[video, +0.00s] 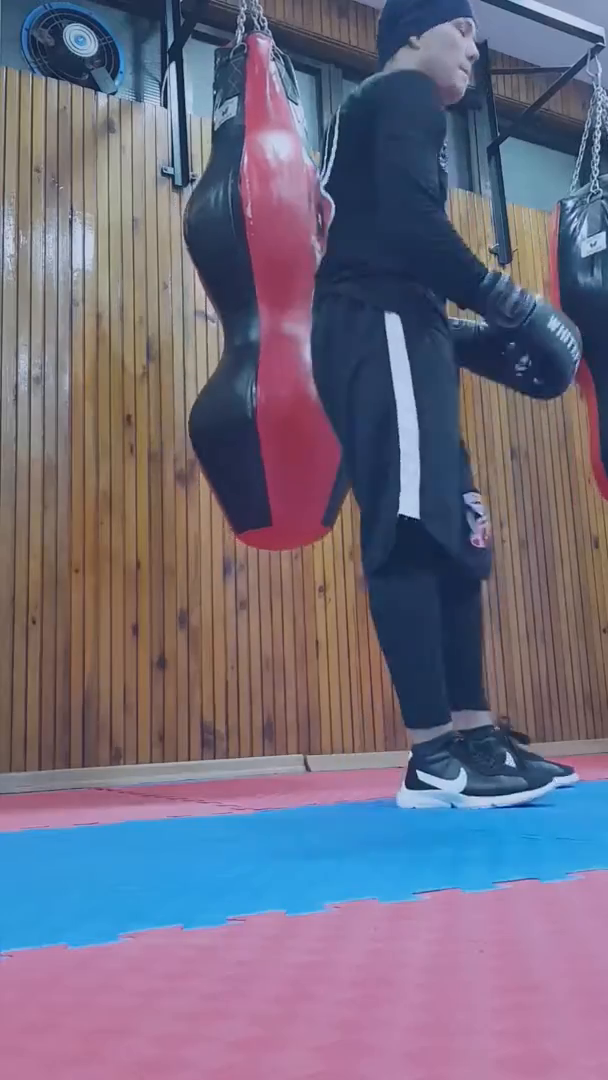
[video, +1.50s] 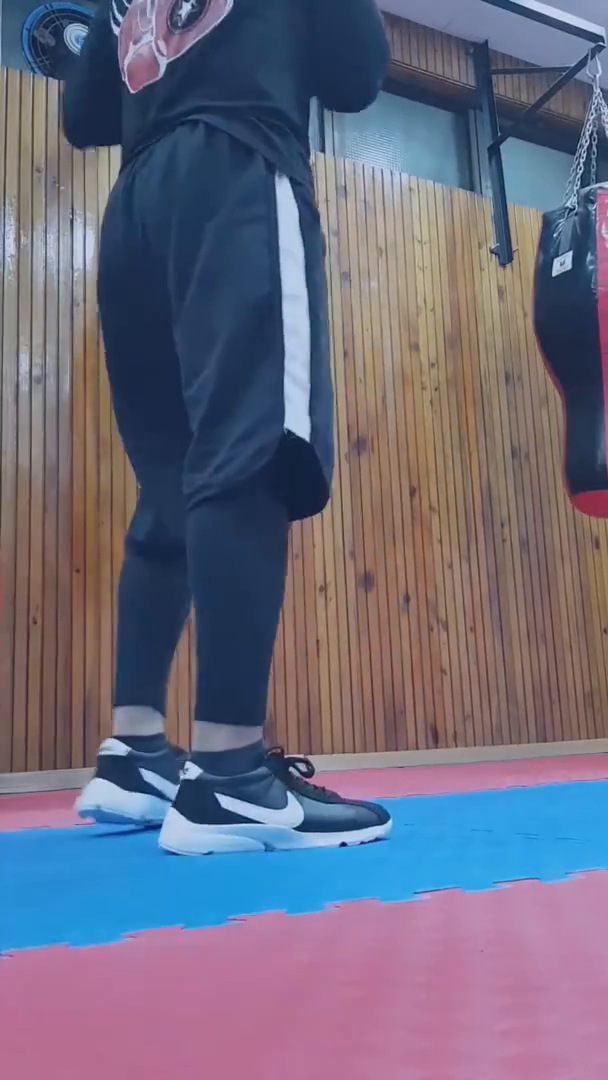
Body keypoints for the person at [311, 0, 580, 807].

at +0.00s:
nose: (473, 50)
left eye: (473, 39)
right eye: (462, 33)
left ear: (422, 41)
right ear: (415, 33)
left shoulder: (394, 109)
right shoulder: (403, 93)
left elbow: (389, 270)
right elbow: (411, 224)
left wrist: (471, 344)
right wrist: (509, 303)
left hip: (405, 327)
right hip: (379, 321)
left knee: (454, 533)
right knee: (407, 529)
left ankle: (474, 736)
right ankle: (434, 752)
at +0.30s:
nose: (407, 39)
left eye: (404, 33)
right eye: (405, 28)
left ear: (329, 23)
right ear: (388, 20)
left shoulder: (297, 84)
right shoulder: (374, 61)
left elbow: (217, 216)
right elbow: (422, 194)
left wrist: (256, 327)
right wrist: (476, 169)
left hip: (301, 319)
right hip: (360, 315)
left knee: (331, 529)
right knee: (383, 531)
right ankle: (437, 752)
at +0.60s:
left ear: (210, 45)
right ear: (267, 23)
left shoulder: (175, 123)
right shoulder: (304, 53)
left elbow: (203, 235)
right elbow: (366, 185)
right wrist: (292, 161)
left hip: (204, 313)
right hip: (287, 296)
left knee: (224, 545)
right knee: (366, 518)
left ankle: (188, 759)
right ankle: (422, 747)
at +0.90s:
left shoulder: (122, 69)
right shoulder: (266, 7)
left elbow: (127, 234)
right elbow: (352, 142)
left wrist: (199, 141)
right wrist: (302, 79)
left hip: (167, 286)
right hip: (257, 259)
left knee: (185, 528)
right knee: (362, 478)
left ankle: (186, 762)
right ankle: (302, 700)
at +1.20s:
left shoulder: (147, 17)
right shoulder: (304, 1)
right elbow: (371, 110)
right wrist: (269, 81)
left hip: (154, 237)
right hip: (256, 217)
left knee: (178, 504)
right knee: (250, 478)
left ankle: (184, 766)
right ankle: (235, 763)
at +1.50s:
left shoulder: (133, 7)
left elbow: (88, 119)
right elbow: (352, 80)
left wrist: (91, 39)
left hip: (134, 189)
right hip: (237, 174)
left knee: (170, 484)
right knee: (244, 467)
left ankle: (134, 755)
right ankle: (231, 771)